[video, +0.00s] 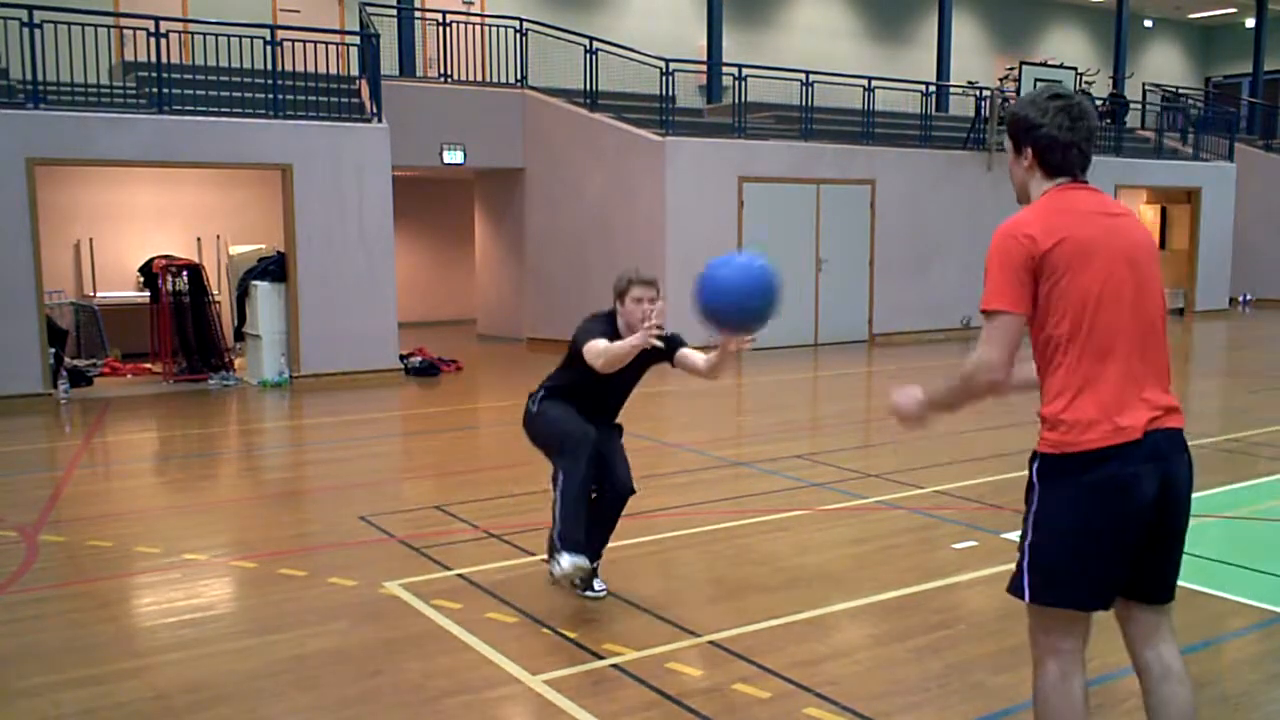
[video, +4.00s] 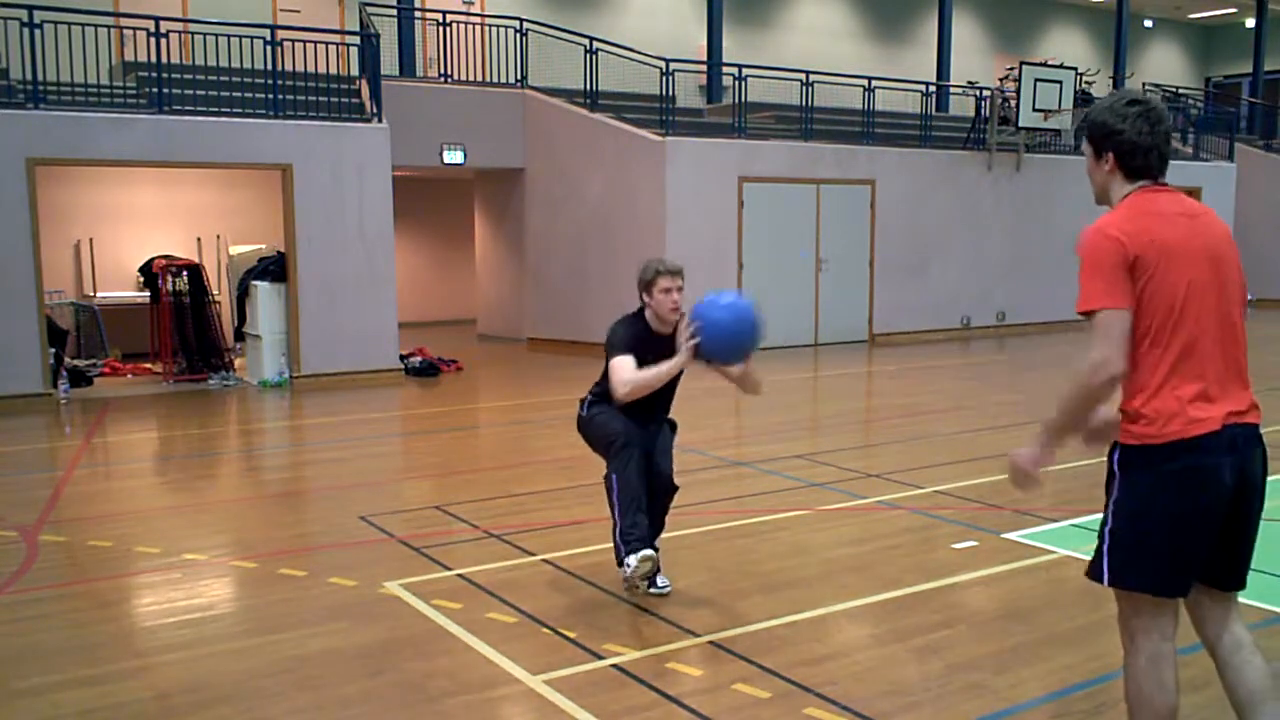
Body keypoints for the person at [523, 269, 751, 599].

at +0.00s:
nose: (647, 308)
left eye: (652, 301)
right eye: (638, 301)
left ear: (658, 306)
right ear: (619, 305)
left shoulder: (660, 342)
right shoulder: (595, 327)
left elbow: (706, 367)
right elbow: (601, 361)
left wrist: (726, 349)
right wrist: (637, 342)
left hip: (600, 425)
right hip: (553, 410)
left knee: (618, 487)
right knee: (580, 446)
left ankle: (586, 563)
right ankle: (566, 552)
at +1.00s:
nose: (628, 401)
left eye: (632, 392)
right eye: (619, 394)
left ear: (638, 393)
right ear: (598, 397)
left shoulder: (641, 431)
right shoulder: (580, 433)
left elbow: (704, 450)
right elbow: (573, 441)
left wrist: (721, 421)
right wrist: (609, 383)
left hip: (629, 531)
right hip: (584, 534)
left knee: (659, 467)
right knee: (594, 491)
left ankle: (618, 570)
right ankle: (630, 563)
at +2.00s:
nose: (499, 490)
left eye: (497, 490)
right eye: (492, 495)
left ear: (504, 490)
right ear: (491, 507)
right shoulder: (498, 523)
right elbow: (440, 487)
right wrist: (453, 520)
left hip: (590, 445)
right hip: (556, 449)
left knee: (525, 449)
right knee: (495, 467)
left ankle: (491, 391)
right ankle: (466, 398)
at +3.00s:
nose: (620, 400)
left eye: (623, 393)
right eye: (612, 393)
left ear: (627, 395)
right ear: (591, 395)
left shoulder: (636, 426)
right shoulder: (570, 423)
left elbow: (700, 438)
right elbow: (584, 445)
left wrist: (751, 435)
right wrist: (630, 435)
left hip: (623, 518)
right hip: (579, 527)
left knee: (646, 455)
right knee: (609, 521)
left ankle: (637, 562)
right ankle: (689, 575)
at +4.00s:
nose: (676, 298)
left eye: (679, 290)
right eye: (666, 292)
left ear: (684, 293)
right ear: (646, 298)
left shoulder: (688, 331)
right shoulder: (625, 331)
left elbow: (751, 386)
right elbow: (622, 389)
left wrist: (739, 361)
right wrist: (679, 359)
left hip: (653, 420)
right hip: (607, 413)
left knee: (661, 483)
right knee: (627, 444)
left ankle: (645, 561)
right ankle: (634, 555)